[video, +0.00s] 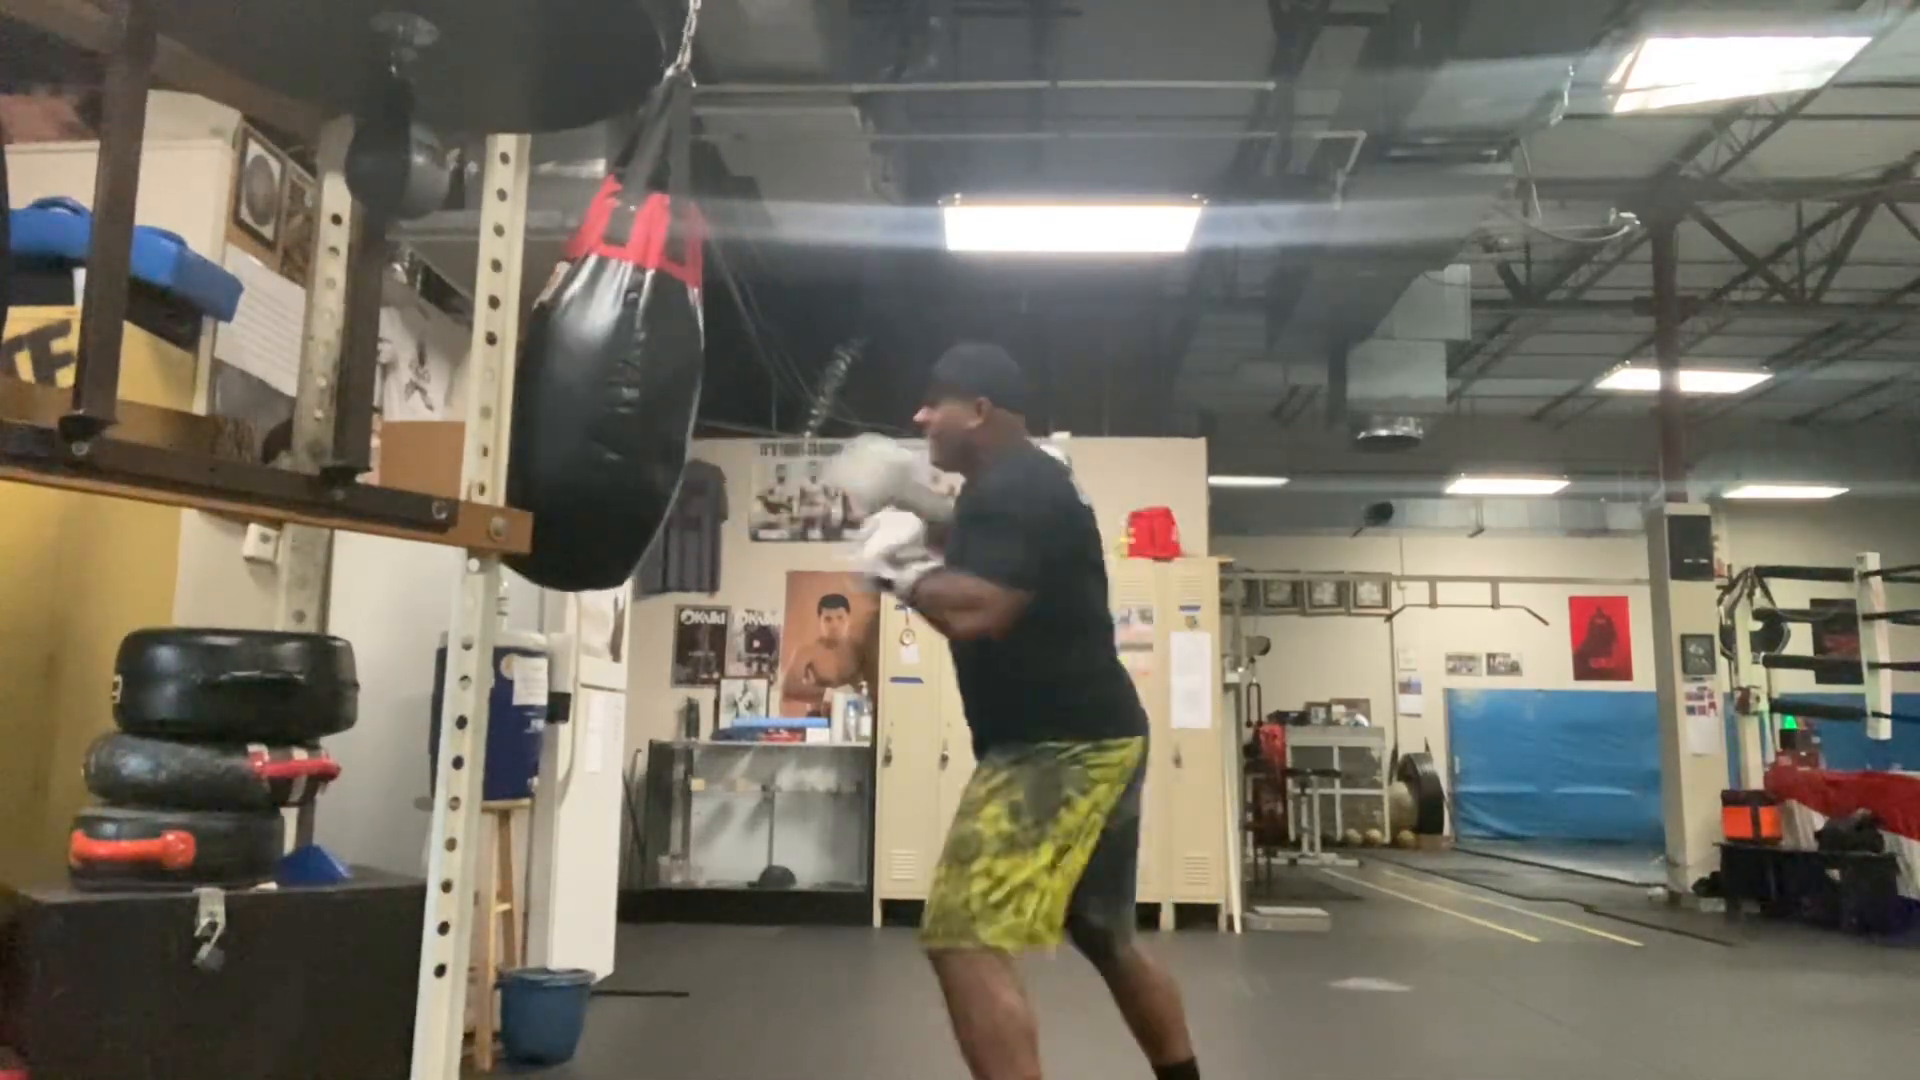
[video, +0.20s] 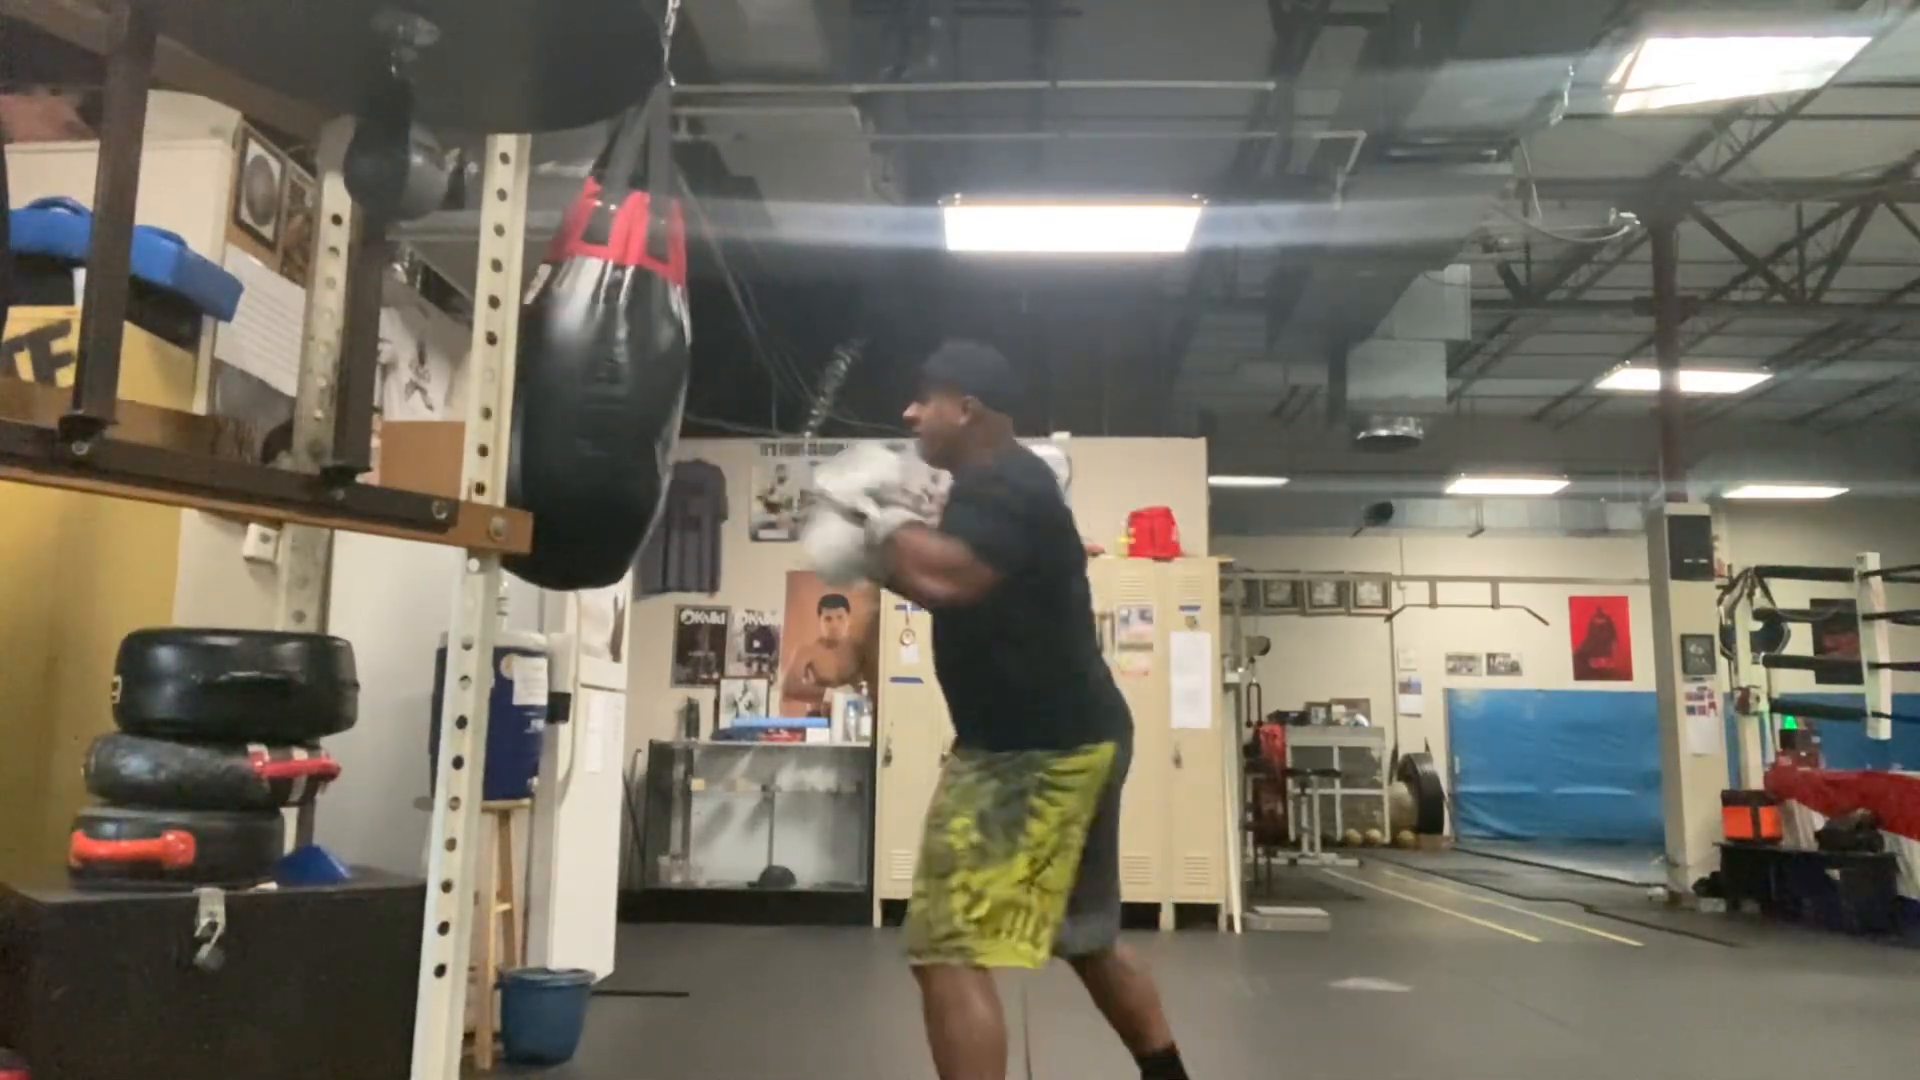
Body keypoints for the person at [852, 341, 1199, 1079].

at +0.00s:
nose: (923, 419)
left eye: (936, 404)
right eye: (927, 404)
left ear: (981, 413)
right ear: (989, 415)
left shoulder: (1011, 487)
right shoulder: (1035, 479)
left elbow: (983, 608)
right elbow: (978, 542)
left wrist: (905, 570)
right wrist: (915, 503)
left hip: (1051, 744)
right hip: (1098, 737)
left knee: (962, 936)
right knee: (1104, 930)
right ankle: (1181, 1072)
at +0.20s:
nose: (912, 413)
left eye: (926, 399)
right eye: (917, 399)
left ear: (970, 409)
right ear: (976, 411)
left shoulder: (1005, 484)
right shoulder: (1002, 477)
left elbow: (951, 576)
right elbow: (956, 565)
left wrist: (872, 531)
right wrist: (891, 522)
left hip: (1024, 746)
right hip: (1076, 740)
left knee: (946, 948)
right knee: (1088, 940)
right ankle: (1166, 1072)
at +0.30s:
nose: (907, 439)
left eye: (915, 425)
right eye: (910, 425)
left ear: (951, 425)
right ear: (989, 429)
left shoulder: (927, 481)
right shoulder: (1058, 499)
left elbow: (784, 497)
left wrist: (692, 470)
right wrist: (911, 582)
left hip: (1006, 748)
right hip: (1093, 742)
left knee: (920, 959)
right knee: (1071, 936)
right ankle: (1139, 1073)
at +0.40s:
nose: (893, 423)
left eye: (903, 407)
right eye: (895, 408)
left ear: (945, 410)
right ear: (971, 413)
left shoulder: (943, 487)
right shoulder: (1034, 481)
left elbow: (837, 572)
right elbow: (920, 536)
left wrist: (792, 530)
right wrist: (836, 521)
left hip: (1002, 743)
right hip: (1075, 733)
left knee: (917, 948)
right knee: (1066, 932)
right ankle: (1142, 1074)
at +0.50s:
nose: (885, 433)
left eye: (896, 418)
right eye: (887, 418)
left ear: (939, 426)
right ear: (943, 427)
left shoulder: (986, 504)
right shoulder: (945, 494)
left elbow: (928, 623)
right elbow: (852, 506)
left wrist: (874, 550)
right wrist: (764, 467)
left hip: (1016, 753)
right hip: (1049, 747)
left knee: (921, 942)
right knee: (1064, 943)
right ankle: (1136, 1074)